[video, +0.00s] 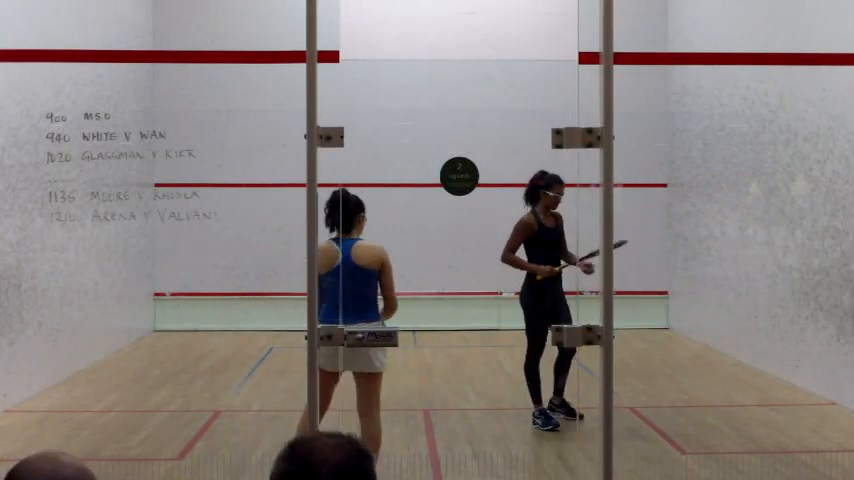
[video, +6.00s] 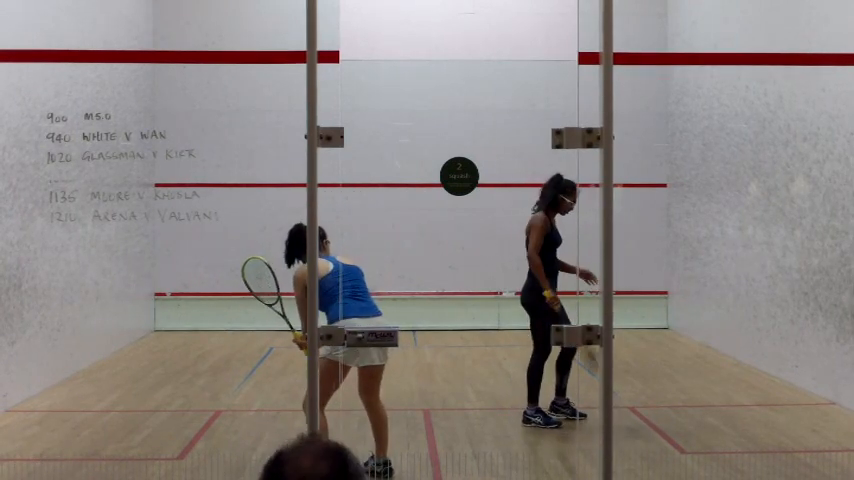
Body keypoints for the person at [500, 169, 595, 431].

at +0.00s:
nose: (560, 199)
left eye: (561, 195)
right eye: (557, 194)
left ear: (552, 195)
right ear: (543, 193)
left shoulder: (556, 219)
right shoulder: (527, 223)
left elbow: (562, 253)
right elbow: (506, 256)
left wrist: (578, 262)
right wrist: (536, 268)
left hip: (555, 292)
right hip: (535, 294)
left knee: (569, 345)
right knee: (535, 350)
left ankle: (557, 400)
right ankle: (538, 409)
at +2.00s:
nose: (560, 204)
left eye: (561, 200)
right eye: (558, 199)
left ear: (546, 197)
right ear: (545, 195)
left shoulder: (539, 220)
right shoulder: (531, 218)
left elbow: (544, 259)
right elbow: (524, 253)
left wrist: (572, 269)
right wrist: (541, 285)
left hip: (540, 292)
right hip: (529, 293)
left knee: (555, 344)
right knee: (528, 349)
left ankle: (555, 402)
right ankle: (515, 407)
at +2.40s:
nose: (539, 195)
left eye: (543, 192)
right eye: (535, 191)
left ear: (548, 196)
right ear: (526, 193)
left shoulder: (548, 222)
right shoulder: (513, 221)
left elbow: (552, 257)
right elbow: (491, 255)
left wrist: (567, 266)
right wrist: (504, 283)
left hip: (539, 292)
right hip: (516, 292)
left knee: (551, 347)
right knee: (520, 349)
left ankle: (554, 402)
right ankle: (514, 408)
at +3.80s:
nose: (564, 196)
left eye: (566, 192)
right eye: (559, 192)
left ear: (568, 196)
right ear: (547, 194)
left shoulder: (566, 220)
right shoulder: (534, 221)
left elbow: (568, 251)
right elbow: (518, 256)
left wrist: (579, 264)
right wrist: (541, 275)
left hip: (565, 288)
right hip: (544, 289)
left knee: (559, 346)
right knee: (543, 348)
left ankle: (557, 402)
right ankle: (517, 405)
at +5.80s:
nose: (569, 206)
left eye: (571, 201)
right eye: (568, 200)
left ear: (557, 199)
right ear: (554, 197)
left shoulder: (548, 221)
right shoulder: (536, 220)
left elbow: (549, 261)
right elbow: (527, 254)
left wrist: (578, 269)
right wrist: (558, 267)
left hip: (546, 294)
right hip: (535, 296)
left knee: (570, 342)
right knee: (542, 349)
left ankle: (560, 401)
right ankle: (532, 410)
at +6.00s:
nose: (572, 206)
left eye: (574, 202)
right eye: (570, 201)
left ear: (559, 200)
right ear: (557, 198)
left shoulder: (549, 222)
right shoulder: (540, 221)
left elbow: (551, 260)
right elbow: (532, 256)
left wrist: (577, 271)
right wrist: (547, 290)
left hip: (547, 294)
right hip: (536, 295)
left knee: (570, 342)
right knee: (542, 349)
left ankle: (560, 402)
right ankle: (532, 410)